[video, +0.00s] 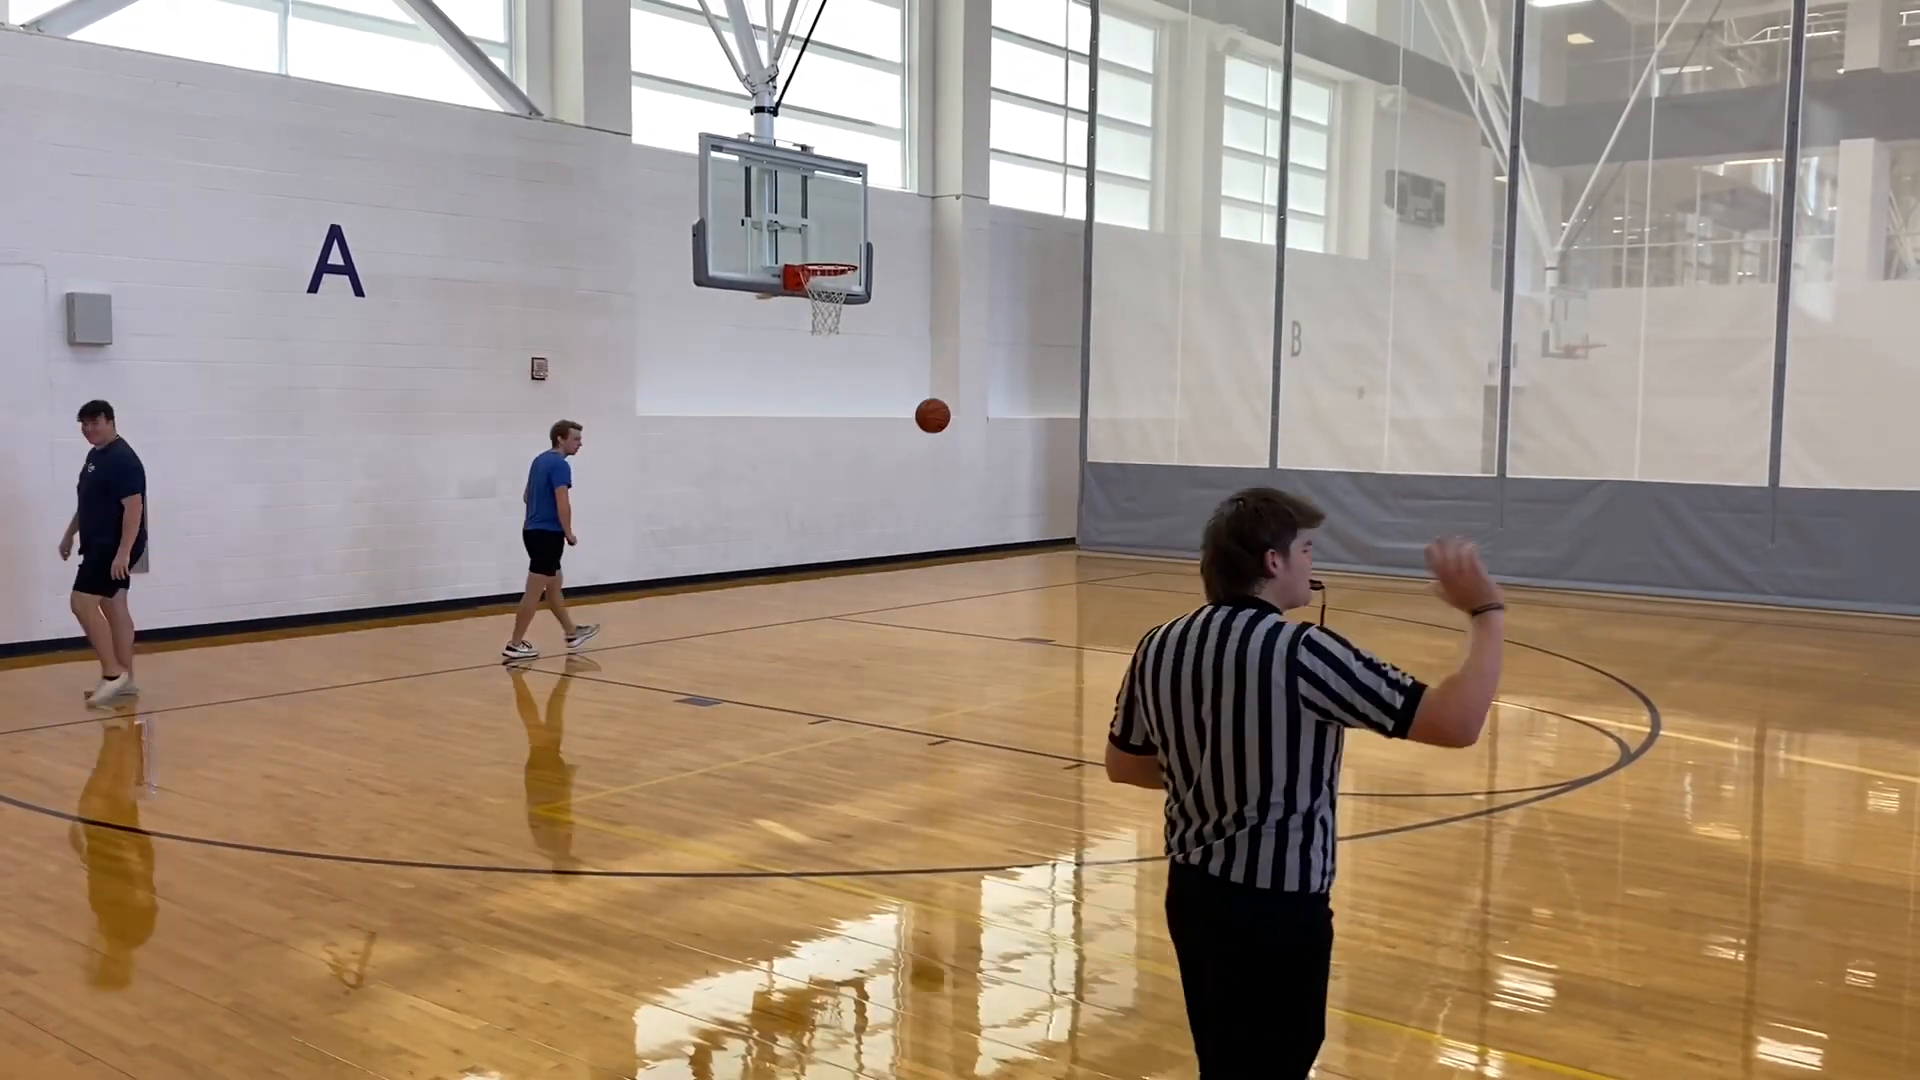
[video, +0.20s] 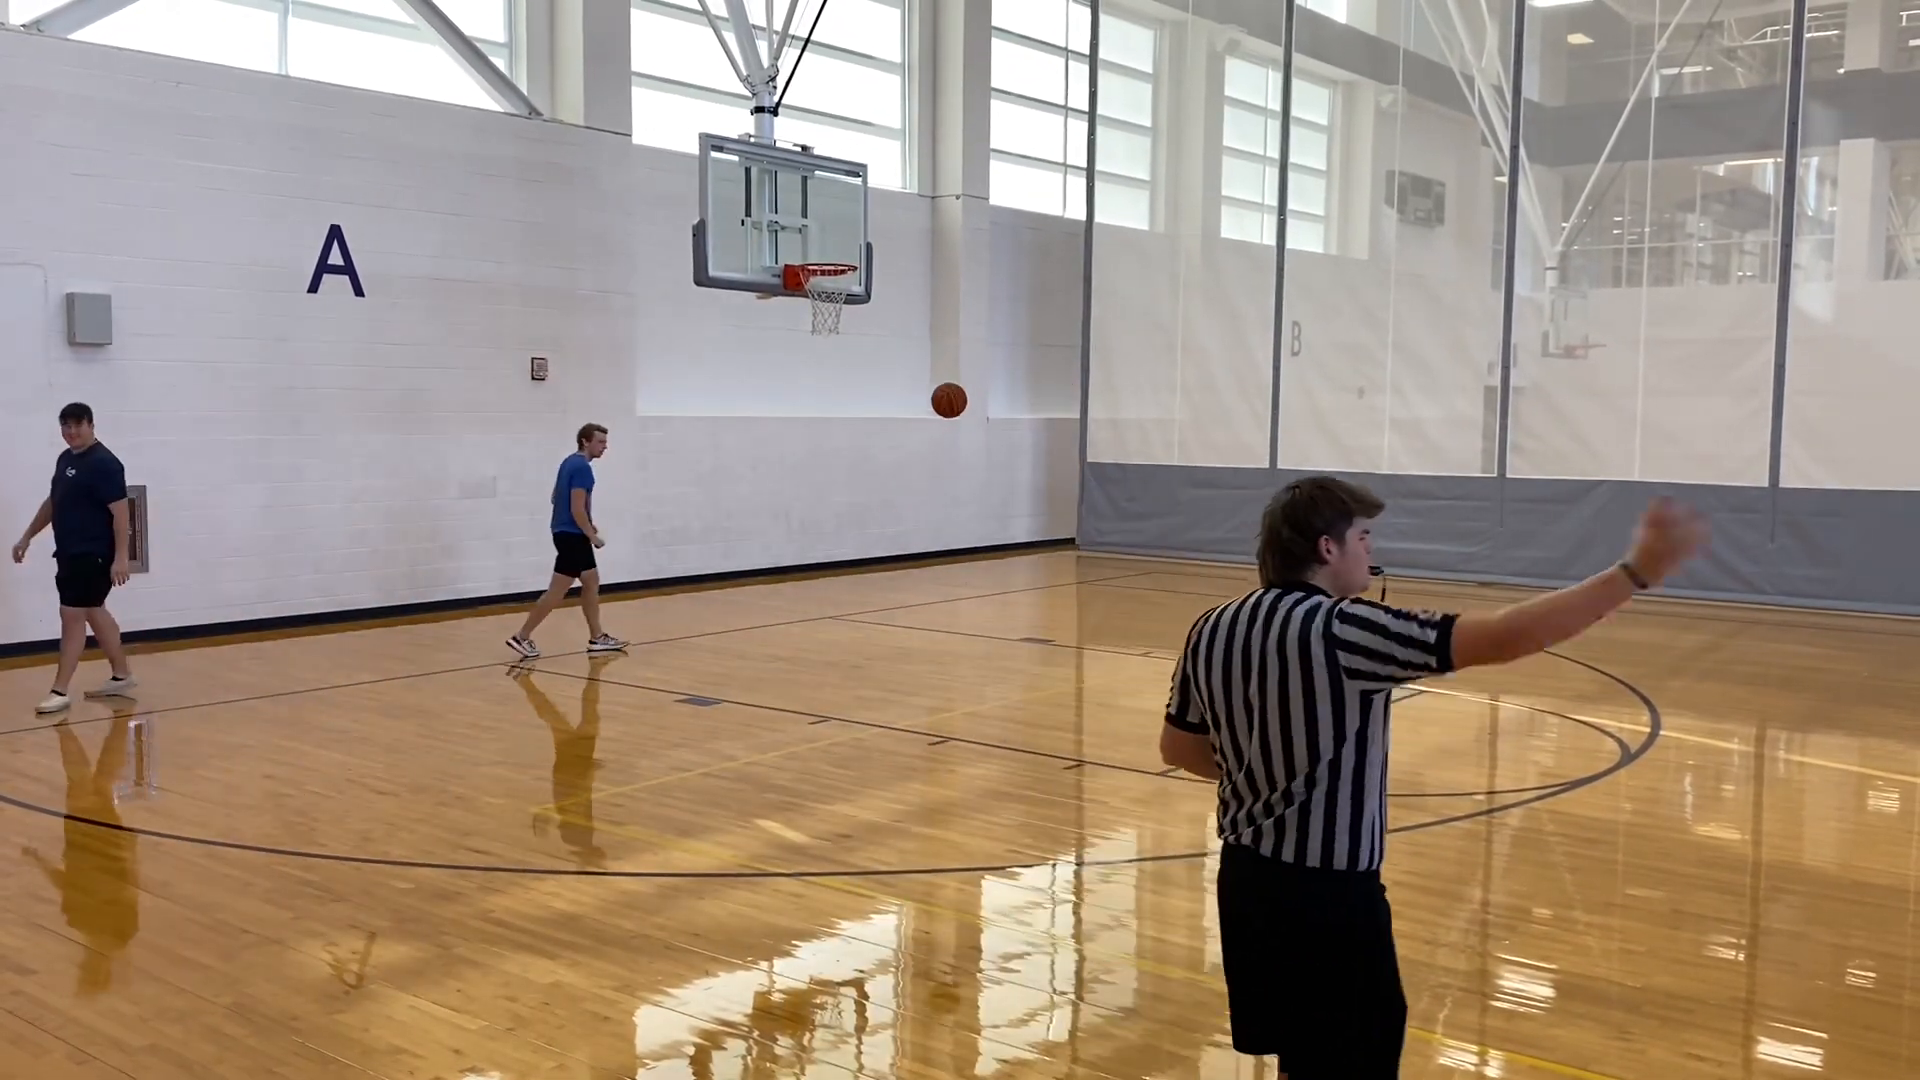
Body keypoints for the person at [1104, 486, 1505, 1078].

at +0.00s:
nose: (1312, 566)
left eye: (1310, 551)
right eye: (1306, 552)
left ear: (1224, 560)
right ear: (1273, 560)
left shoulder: (1160, 645)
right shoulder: (1300, 651)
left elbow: (1126, 761)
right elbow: (1457, 721)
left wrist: (1210, 773)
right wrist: (1487, 611)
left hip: (1192, 895)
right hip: (1281, 904)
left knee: (1220, 1059)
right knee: (1280, 1058)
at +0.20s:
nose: (1373, 557)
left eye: (1371, 542)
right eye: (1364, 541)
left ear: (1287, 548)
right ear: (1324, 547)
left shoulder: (1212, 630)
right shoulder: (1345, 628)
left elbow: (1179, 746)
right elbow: (1505, 636)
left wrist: (1258, 756)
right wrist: (1636, 572)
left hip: (1246, 887)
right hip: (1334, 894)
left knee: (1299, 1059)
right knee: (1359, 1058)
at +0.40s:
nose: (1417, 555)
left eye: (1415, 539)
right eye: (1410, 539)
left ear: (1336, 543)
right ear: (1376, 541)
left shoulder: (1256, 624)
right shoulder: (1389, 619)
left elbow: (1228, 738)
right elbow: (1534, 614)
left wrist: (1305, 756)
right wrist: (1683, 591)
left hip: (1283, 878)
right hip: (1378, 884)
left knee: (1312, 1057)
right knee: (1433, 1059)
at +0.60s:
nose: (1455, 562)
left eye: (1455, 546)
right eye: (1454, 546)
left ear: (1371, 546)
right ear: (1429, 547)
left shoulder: (1300, 626)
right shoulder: (1438, 625)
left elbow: (1265, 737)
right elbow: (1592, 622)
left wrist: (1343, 754)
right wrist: (1742, 604)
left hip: (1325, 876)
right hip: (1428, 883)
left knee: (1337, 1054)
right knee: (1471, 1056)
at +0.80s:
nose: (1510, 562)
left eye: (1507, 550)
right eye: (1509, 552)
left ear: (1424, 552)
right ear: (1502, 562)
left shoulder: (1358, 632)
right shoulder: (1506, 637)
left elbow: (1315, 745)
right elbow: (1661, 693)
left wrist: (1397, 758)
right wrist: (1778, 615)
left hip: (1381, 892)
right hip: (1494, 899)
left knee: (1378, 1059)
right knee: (1510, 1066)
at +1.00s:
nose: (1579, 557)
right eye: (1579, 546)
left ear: (1499, 544)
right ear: (1576, 555)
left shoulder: (1422, 621)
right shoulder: (1588, 649)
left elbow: (1365, 738)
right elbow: (1624, 796)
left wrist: (1445, 759)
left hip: (1433, 883)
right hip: (1545, 896)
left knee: (1419, 1037)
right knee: (1533, 1068)